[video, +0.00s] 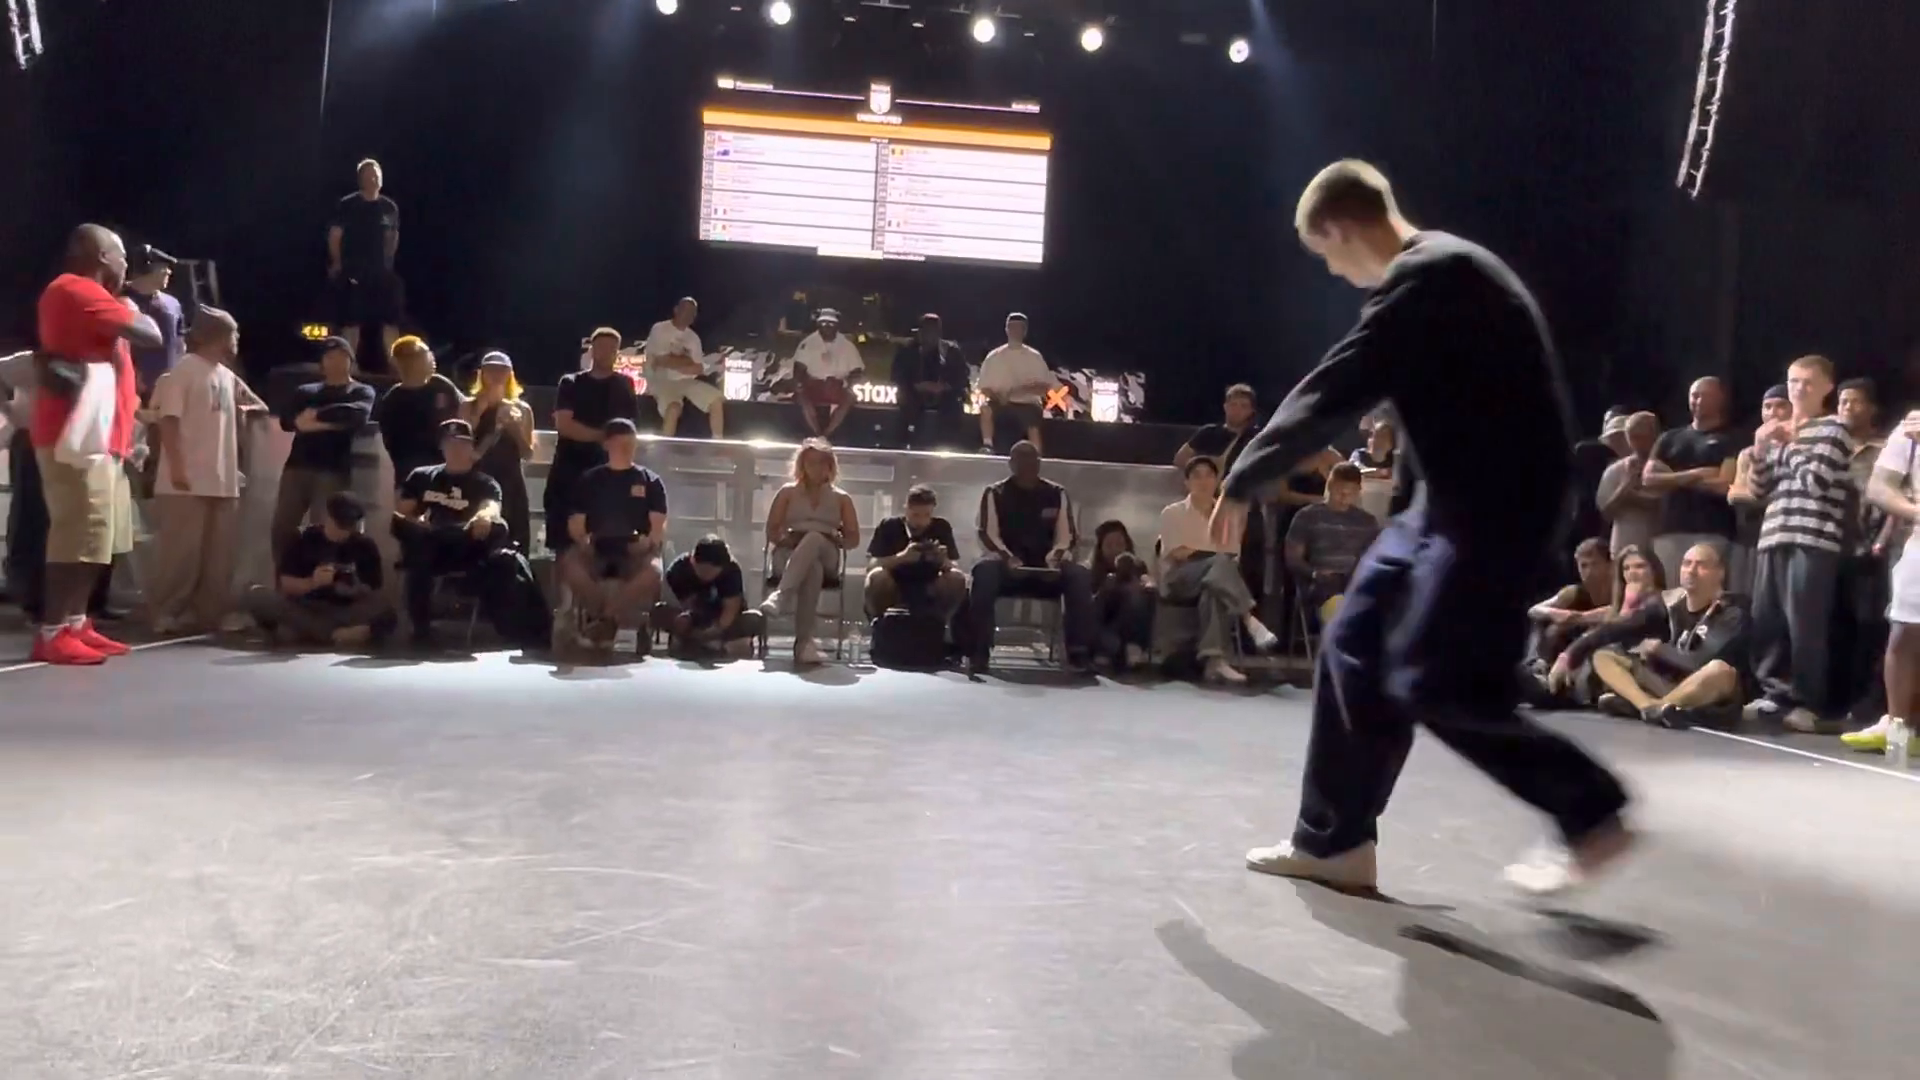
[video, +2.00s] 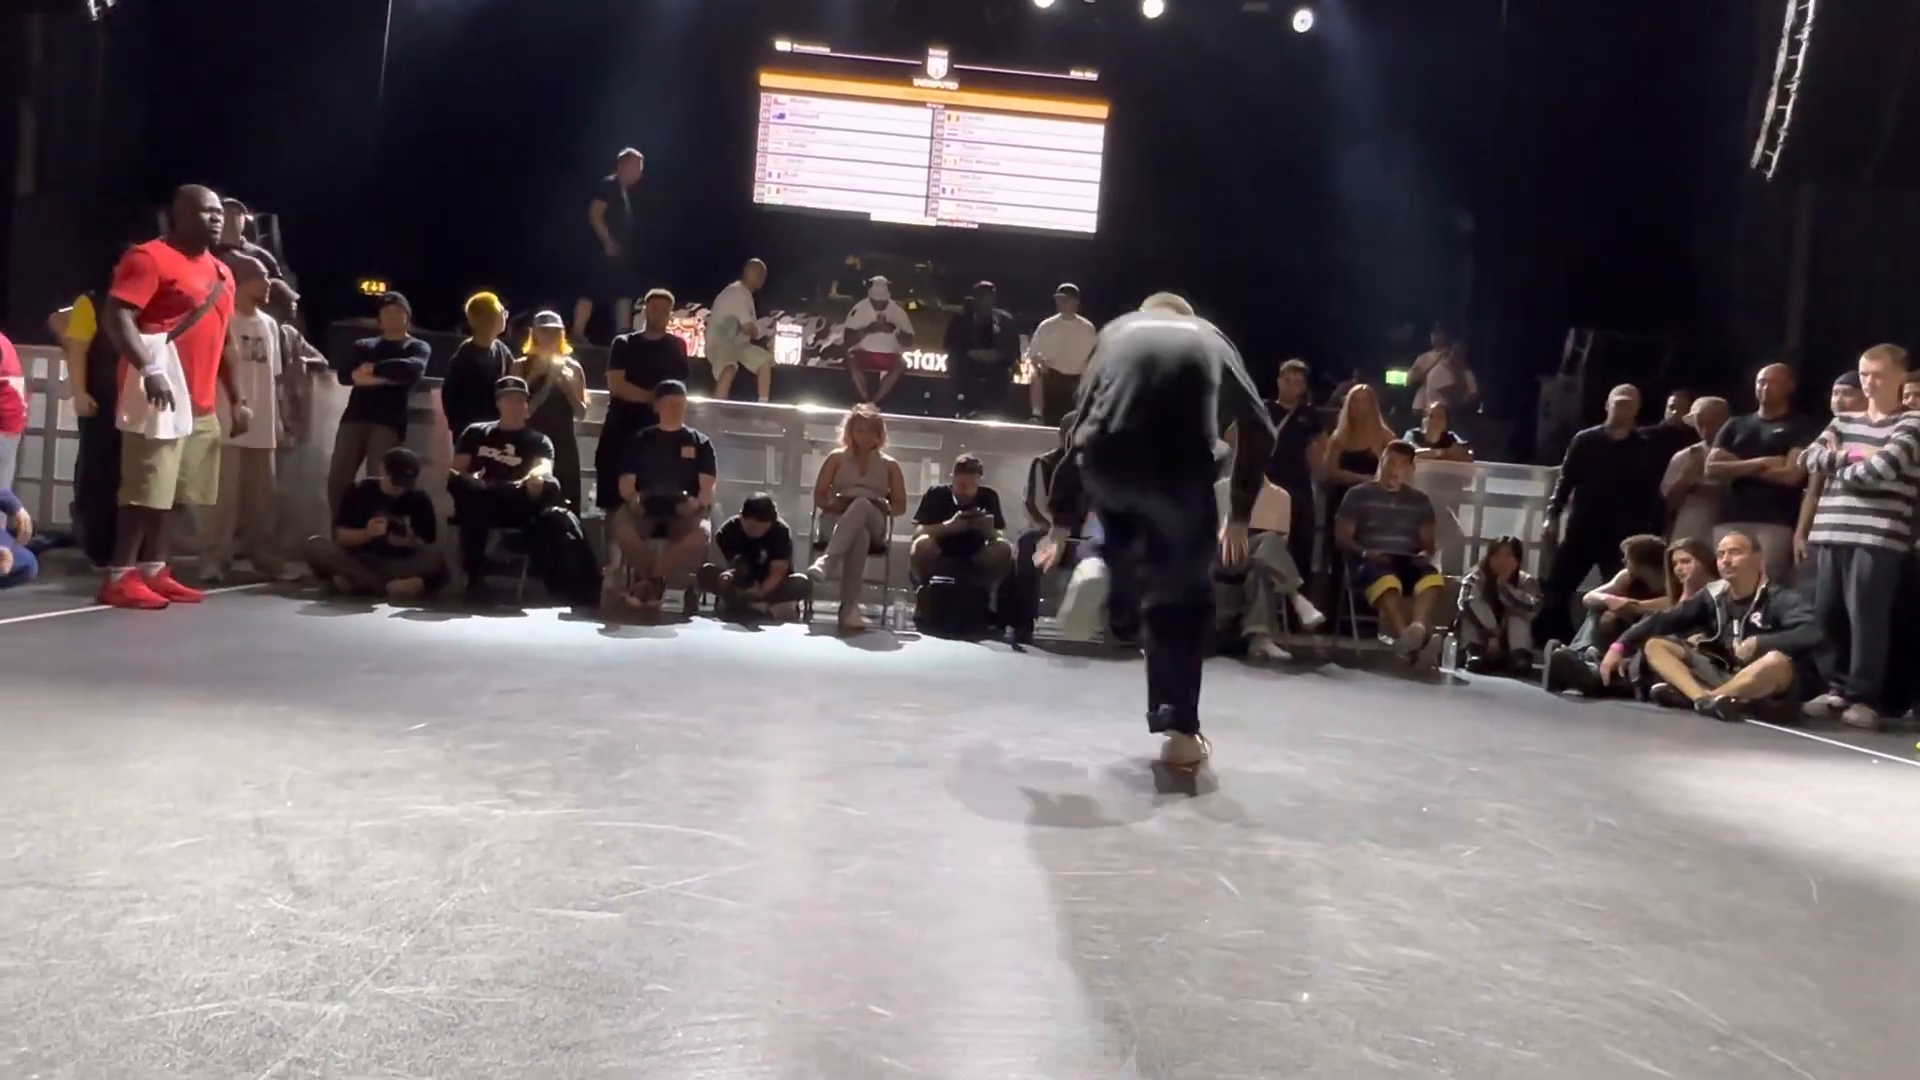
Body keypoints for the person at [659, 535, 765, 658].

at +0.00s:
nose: (710, 576)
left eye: (715, 571)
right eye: (706, 570)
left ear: (722, 565)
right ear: (695, 561)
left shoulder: (731, 570)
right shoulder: (676, 572)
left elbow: (732, 608)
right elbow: (687, 605)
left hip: (722, 611)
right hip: (695, 613)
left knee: (754, 619)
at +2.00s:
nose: (755, 532)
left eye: (761, 528)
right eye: (751, 526)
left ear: (770, 523)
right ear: (742, 517)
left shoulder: (780, 531)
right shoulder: (726, 533)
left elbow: (779, 569)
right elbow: (735, 566)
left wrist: (761, 591)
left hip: (770, 578)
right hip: (742, 579)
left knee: (802, 582)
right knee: (707, 572)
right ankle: (766, 609)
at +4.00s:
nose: (762, 524)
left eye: (768, 521)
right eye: (759, 519)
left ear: (779, 517)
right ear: (752, 508)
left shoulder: (790, 522)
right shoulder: (736, 523)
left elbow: (788, 563)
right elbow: (742, 558)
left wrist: (769, 580)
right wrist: (736, 568)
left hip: (780, 570)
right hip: (751, 570)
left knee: (811, 573)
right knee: (716, 564)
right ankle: (775, 600)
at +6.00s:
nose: (762, 533)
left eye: (767, 529)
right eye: (759, 527)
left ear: (776, 523)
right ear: (750, 518)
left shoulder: (788, 529)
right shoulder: (733, 529)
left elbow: (784, 569)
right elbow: (740, 564)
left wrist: (763, 590)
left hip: (776, 575)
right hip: (749, 576)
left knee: (807, 579)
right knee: (713, 568)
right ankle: (774, 607)